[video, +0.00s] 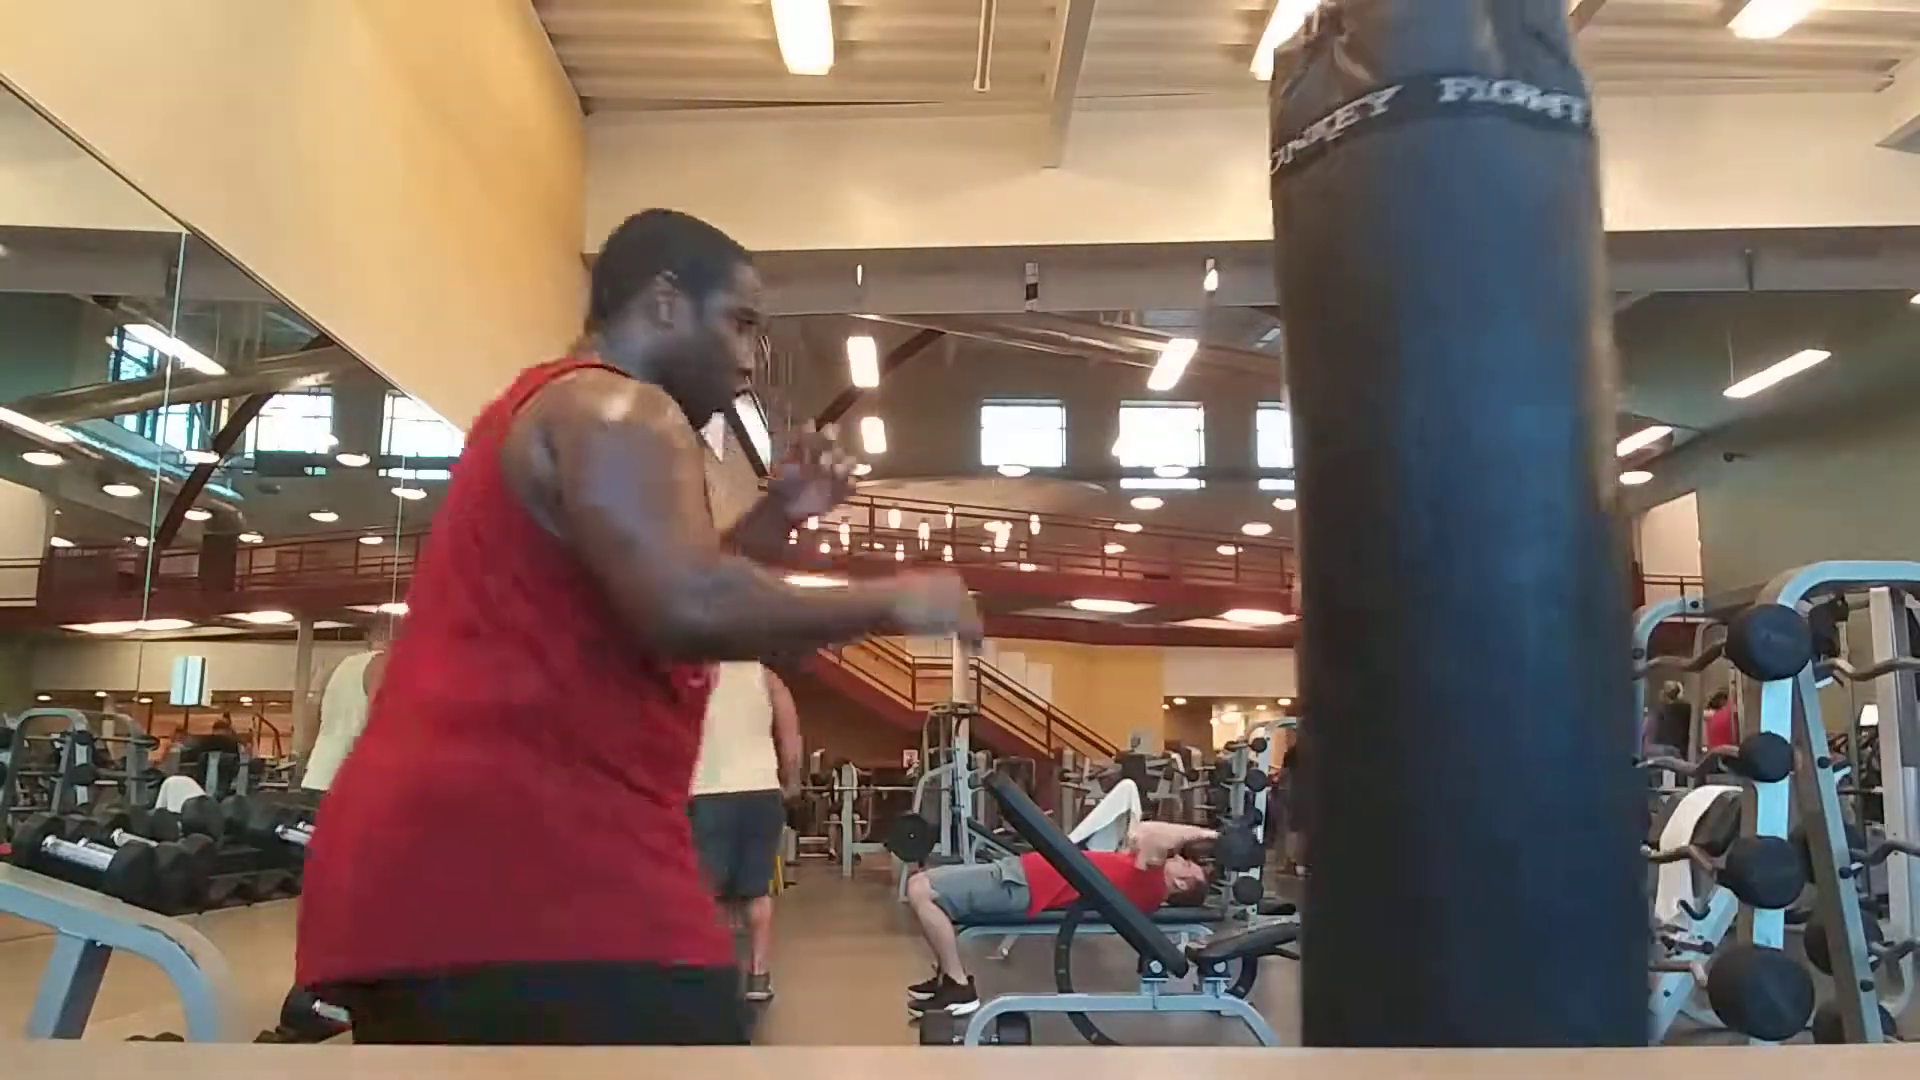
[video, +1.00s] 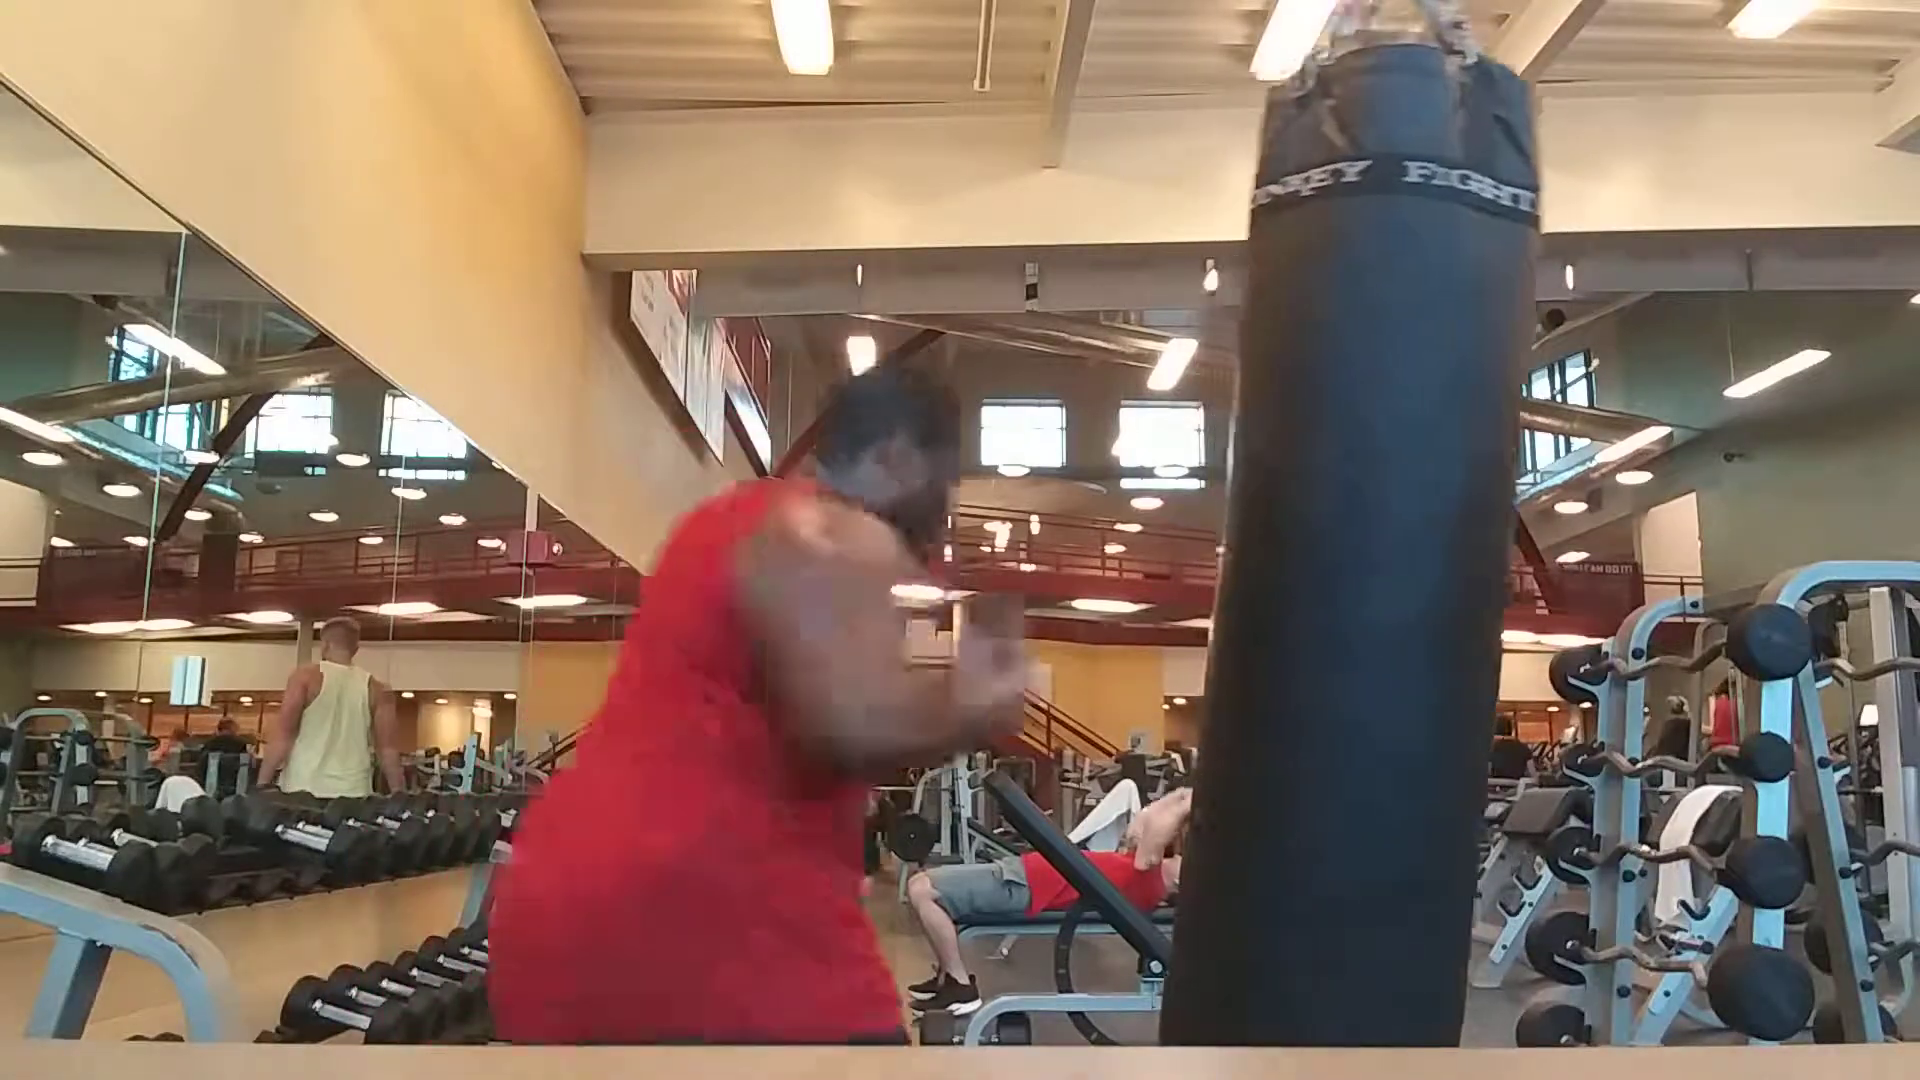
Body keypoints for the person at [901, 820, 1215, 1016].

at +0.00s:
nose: (1186, 863)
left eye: (1191, 871)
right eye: (1191, 863)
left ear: (1182, 885)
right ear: (1181, 860)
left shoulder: (1149, 888)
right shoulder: (1144, 875)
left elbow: (1146, 835)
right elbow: (1141, 834)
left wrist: (1205, 833)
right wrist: (1200, 832)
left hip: (1024, 886)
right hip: (1018, 871)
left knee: (921, 891)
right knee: (920, 881)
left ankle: (958, 985)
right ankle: (944, 977)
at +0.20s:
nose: (1189, 863)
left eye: (1193, 871)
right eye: (1191, 861)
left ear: (1184, 886)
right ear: (1179, 859)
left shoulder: (1149, 888)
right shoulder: (1142, 873)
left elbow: (1155, 838)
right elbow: (1140, 836)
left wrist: (1208, 848)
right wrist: (1193, 845)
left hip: (1023, 885)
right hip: (1017, 872)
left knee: (921, 890)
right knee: (921, 881)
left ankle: (958, 986)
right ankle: (945, 978)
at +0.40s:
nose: (1181, 859)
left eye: (1185, 860)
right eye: (1185, 857)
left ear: (1181, 877)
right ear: (1179, 869)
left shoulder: (1148, 885)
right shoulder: (1141, 871)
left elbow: (1158, 841)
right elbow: (1144, 836)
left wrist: (1195, 847)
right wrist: (1192, 847)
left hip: (1024, 885)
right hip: (1019, 872)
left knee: (922, 889)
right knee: (923, 881)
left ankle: (959, 986)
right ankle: (945, 977)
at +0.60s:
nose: (1181, 860)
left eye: (1186, 861)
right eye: (1186, 859)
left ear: (1182, 878)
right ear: (1176, 865)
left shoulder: (1146, 885)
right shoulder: (1138, 871)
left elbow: (1152, 843)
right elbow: (1134, 836)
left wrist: (1197, 843)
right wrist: (1191, 840)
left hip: (1025, 886)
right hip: (1020, 872)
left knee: (922, 889)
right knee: (923, 880)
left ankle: (959, 985)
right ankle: (945, 976)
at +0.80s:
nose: (1176, 862)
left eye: (1183, 862)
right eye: (1181, 858)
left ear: (1184, 878)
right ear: (1172, 861)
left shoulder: (1148, 888)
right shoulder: (1145, 878)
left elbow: (1145, 832)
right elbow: (1134, 832)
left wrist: (1195, 825)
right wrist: (1191, 827)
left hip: (1026, 885)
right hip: (1023, 874)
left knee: (922, 889)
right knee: (923, 883)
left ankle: (959, 986)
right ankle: (946, 978)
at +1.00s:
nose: (1172, 859)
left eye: (1179, 861)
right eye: (1178, 858)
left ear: (1179, 877)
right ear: (1173, 863)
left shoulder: (1149, 884)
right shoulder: (1145, 874)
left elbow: (1156, 822)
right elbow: (1140, 824)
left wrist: (1185, 798)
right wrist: (1181, 796)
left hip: (1025, 884)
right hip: (1021, 873)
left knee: (922, 888)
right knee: (923, 881)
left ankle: (960, 984)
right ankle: (945, 976)